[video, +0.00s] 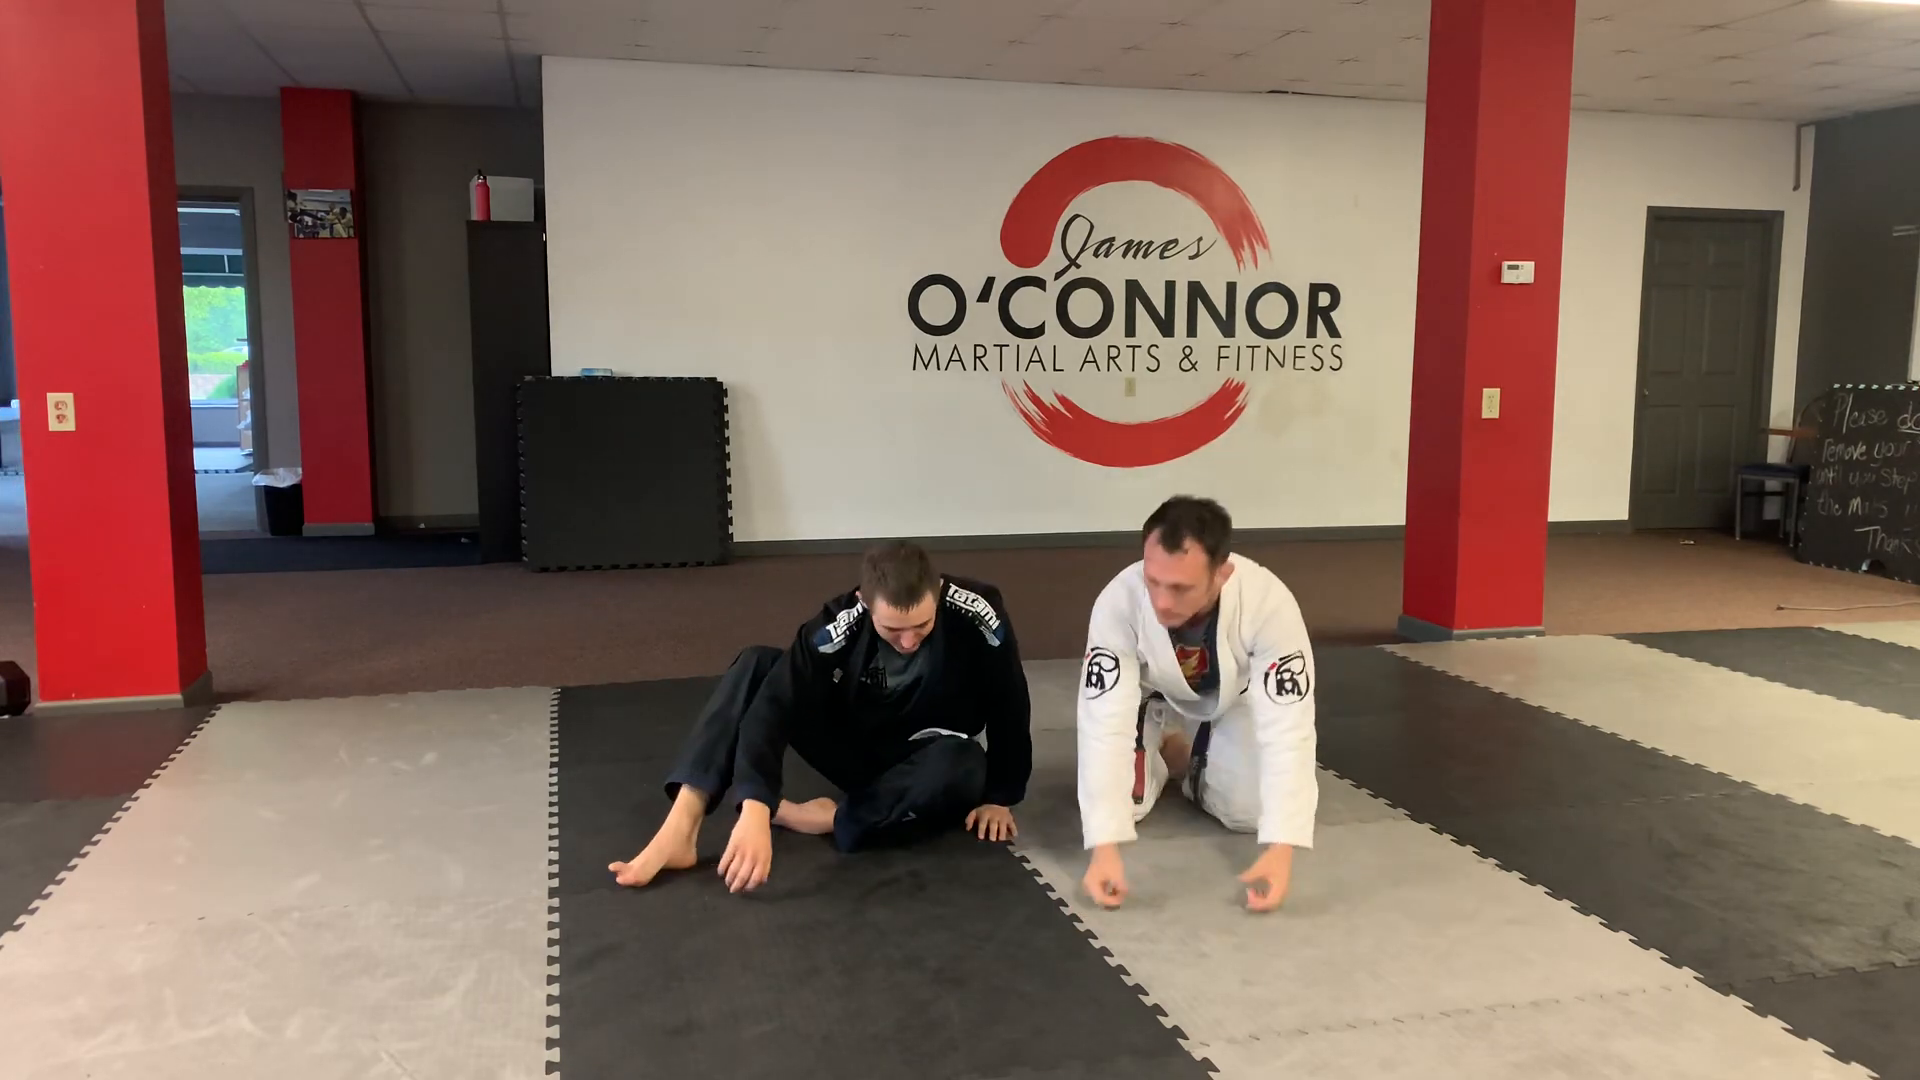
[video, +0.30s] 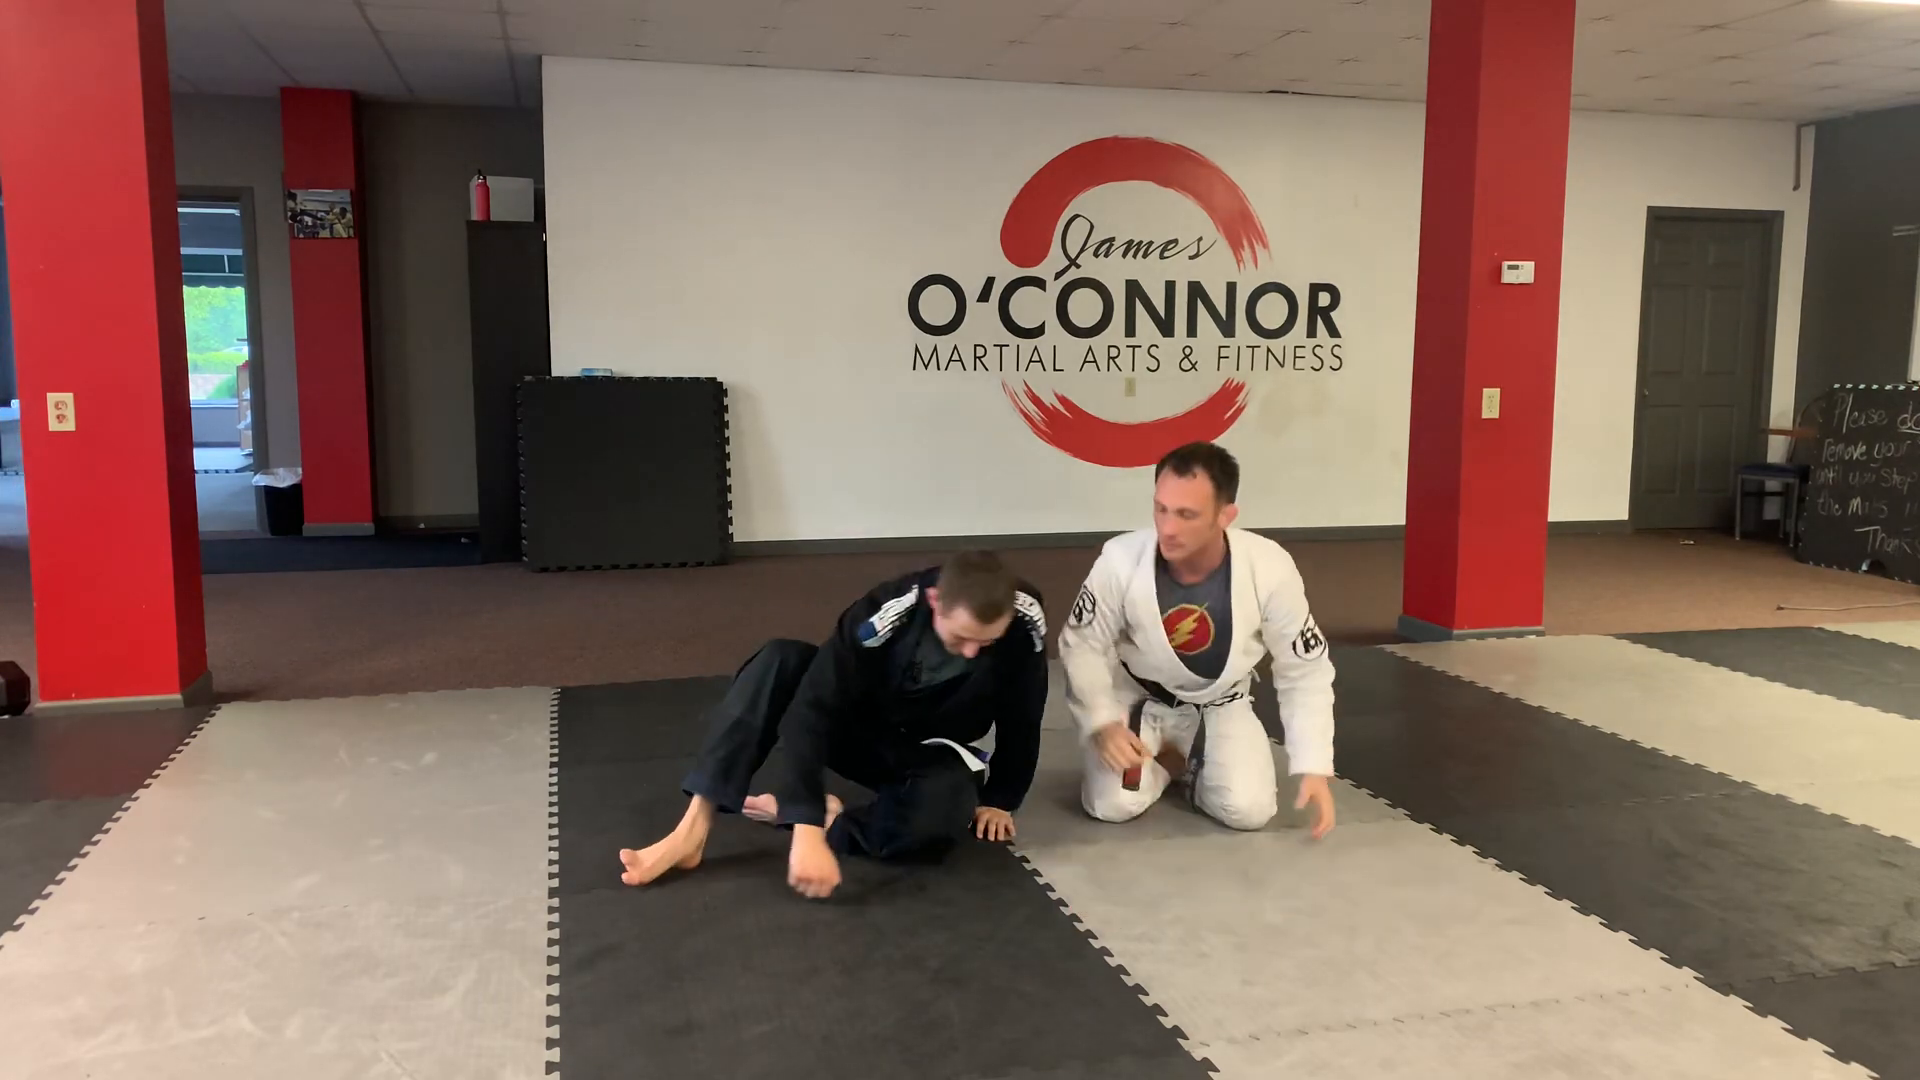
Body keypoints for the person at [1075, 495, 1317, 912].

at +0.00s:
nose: (1162, 602)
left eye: (1180, 590)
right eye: (1153, 583)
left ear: (1222, 574)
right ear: (1145, 565)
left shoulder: (1268, 606)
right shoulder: (1120, 603)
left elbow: (1288, 728)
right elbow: (1103, 722)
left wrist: (1280, 849)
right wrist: (1104, 845)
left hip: (1237, 704)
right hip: (1155, 697)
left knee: (1248, 813)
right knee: (1120, 809)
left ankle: (1188, 760)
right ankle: (1155, 740)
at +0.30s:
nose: (1167, 529)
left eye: (1186, 515)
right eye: (1160, 510)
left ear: (1226, 516)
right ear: (1153, 502)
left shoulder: (1268, 568)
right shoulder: (1120, 563)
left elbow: (1305, 668)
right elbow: (1082, 642)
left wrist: (1314, 767)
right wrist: (1102, 723)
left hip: (1225, 700)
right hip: (1138, 694)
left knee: (1249, 810)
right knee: (1110, 805)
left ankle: (1187, 763)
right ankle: (1170, 762)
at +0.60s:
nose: (1159, 469)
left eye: (1175, 456)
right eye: (1151, 455)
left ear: (1211, 460)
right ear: (1143, 455)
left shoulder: (1256, 532)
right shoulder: (1119, 523)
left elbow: (1293, 621)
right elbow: (1087, 593)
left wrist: (1310, 692)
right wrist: (1082, 635)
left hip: (1213, 696)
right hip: (1124, 684)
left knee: (1248, 805)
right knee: (1099, 794)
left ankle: (1179, 759)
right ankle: (1173, 763)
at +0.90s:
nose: (1128, 459)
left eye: (1143, 444)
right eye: (1119, 446)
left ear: (1178, 445)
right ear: (1110, 447)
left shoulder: (1226, 518)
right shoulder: (1099, 522)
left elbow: (1272, 597)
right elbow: (1078, 601)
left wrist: (1283, 643)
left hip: (1191, 693)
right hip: (1108, 691)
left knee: (1240, 802)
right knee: (1036, 768)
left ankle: (1176, 763)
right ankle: (1152, 763)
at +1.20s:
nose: (1095, 458)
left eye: (1109, 443)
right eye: (1085, 445)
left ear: (1143, 443)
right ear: (1076, 448)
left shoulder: (1197, 512)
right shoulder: (1069, 523)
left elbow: (1256, 592)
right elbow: (1054, 608)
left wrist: (1211, 657)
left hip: (1177, 684)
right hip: (1096, 683)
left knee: (1177, 799)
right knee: (1045, 772)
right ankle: (1143, 757)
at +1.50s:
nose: (1074, 446)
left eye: (1088, 430)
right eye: (1062, 433)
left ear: (1118, 435)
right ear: (1049, 442)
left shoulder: (1172, 503)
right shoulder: (1037, 518)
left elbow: (1246, 582)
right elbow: (1008, 573)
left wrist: (1207, 581)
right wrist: (972, 591)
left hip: (1172, 670)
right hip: (1079, 669)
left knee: (1148, 746)